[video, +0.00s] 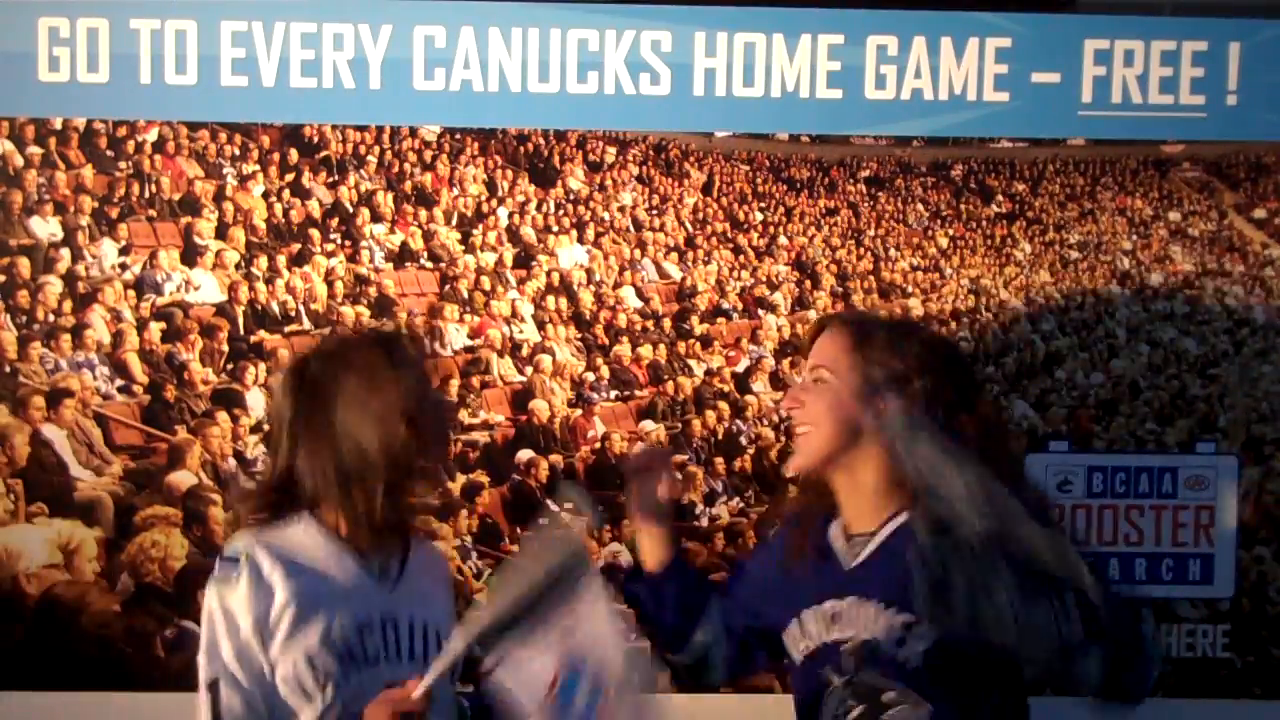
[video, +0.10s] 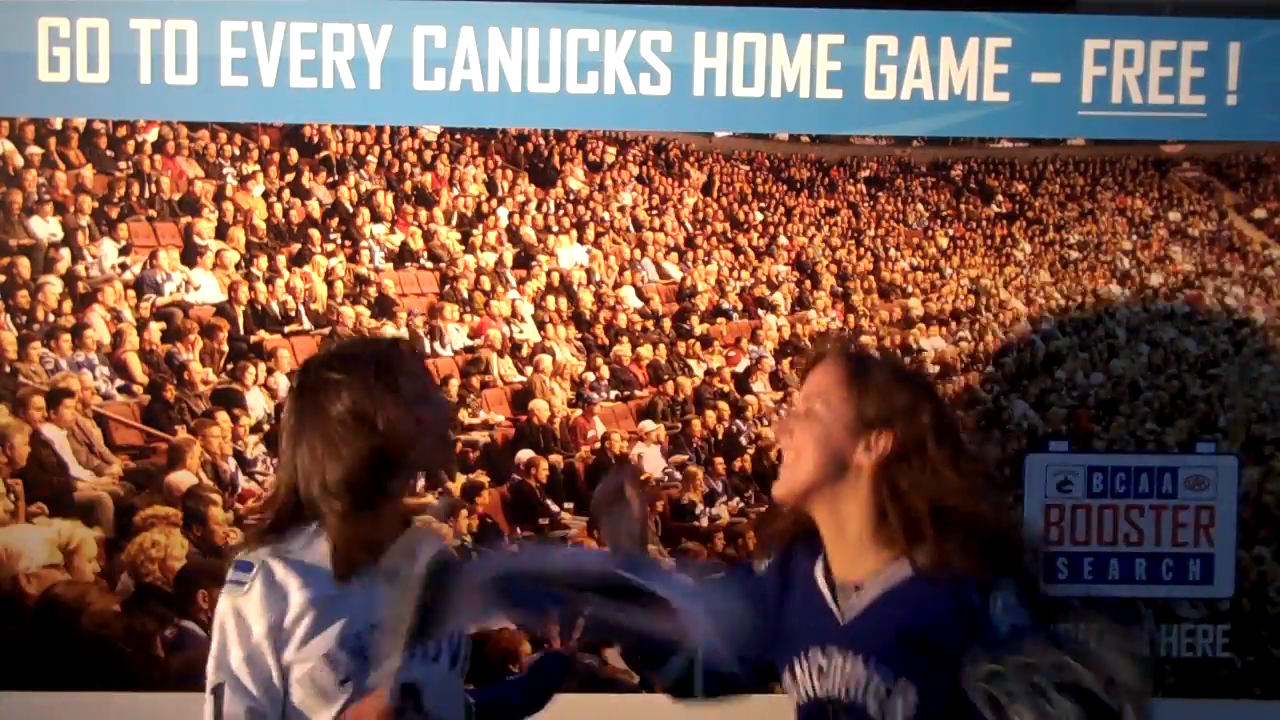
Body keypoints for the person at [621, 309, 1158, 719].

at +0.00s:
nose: (790, 398)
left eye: (819, 377)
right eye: (800, 379)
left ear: (887, 403)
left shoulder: (977, 540)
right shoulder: (798, 545)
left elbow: (1120, 665)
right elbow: (708, 658)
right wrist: (653, 527)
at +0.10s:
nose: (776, 426)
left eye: (804, 410)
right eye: (788, 407)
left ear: (874, 445)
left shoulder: (966, 601)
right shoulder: (783, 581)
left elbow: (1037, 699)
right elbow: (696, 681)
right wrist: (632, 565)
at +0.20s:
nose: (785, 410)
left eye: (811, 396)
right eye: (798, 394)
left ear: (882, 435)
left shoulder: (963, 594)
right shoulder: (790, 559)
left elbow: (989, 712)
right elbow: (740, 677)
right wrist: (640, 596)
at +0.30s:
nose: (782, 359)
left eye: (812, 341)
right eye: (795, 341)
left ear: (885, 377)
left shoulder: (976, 526)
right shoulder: (782, 528)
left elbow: (1058, 699)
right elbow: (793, 657)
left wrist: (1100, 590)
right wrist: (664, 614)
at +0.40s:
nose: (775, 373)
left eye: (800, 353)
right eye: (787, 354)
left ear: (877, 376)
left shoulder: (978, 526)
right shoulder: (792, 533)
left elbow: (1112, 645)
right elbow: (802, 668)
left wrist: (1087, 530)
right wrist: (681, 648)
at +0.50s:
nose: (776, 435)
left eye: (800, 410)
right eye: (783, 412)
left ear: (876, 427)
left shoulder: (978, 569)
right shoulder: (805, 579)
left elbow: (1117, 652)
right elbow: (795, 705)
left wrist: (1032, 558)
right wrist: (670, 679)